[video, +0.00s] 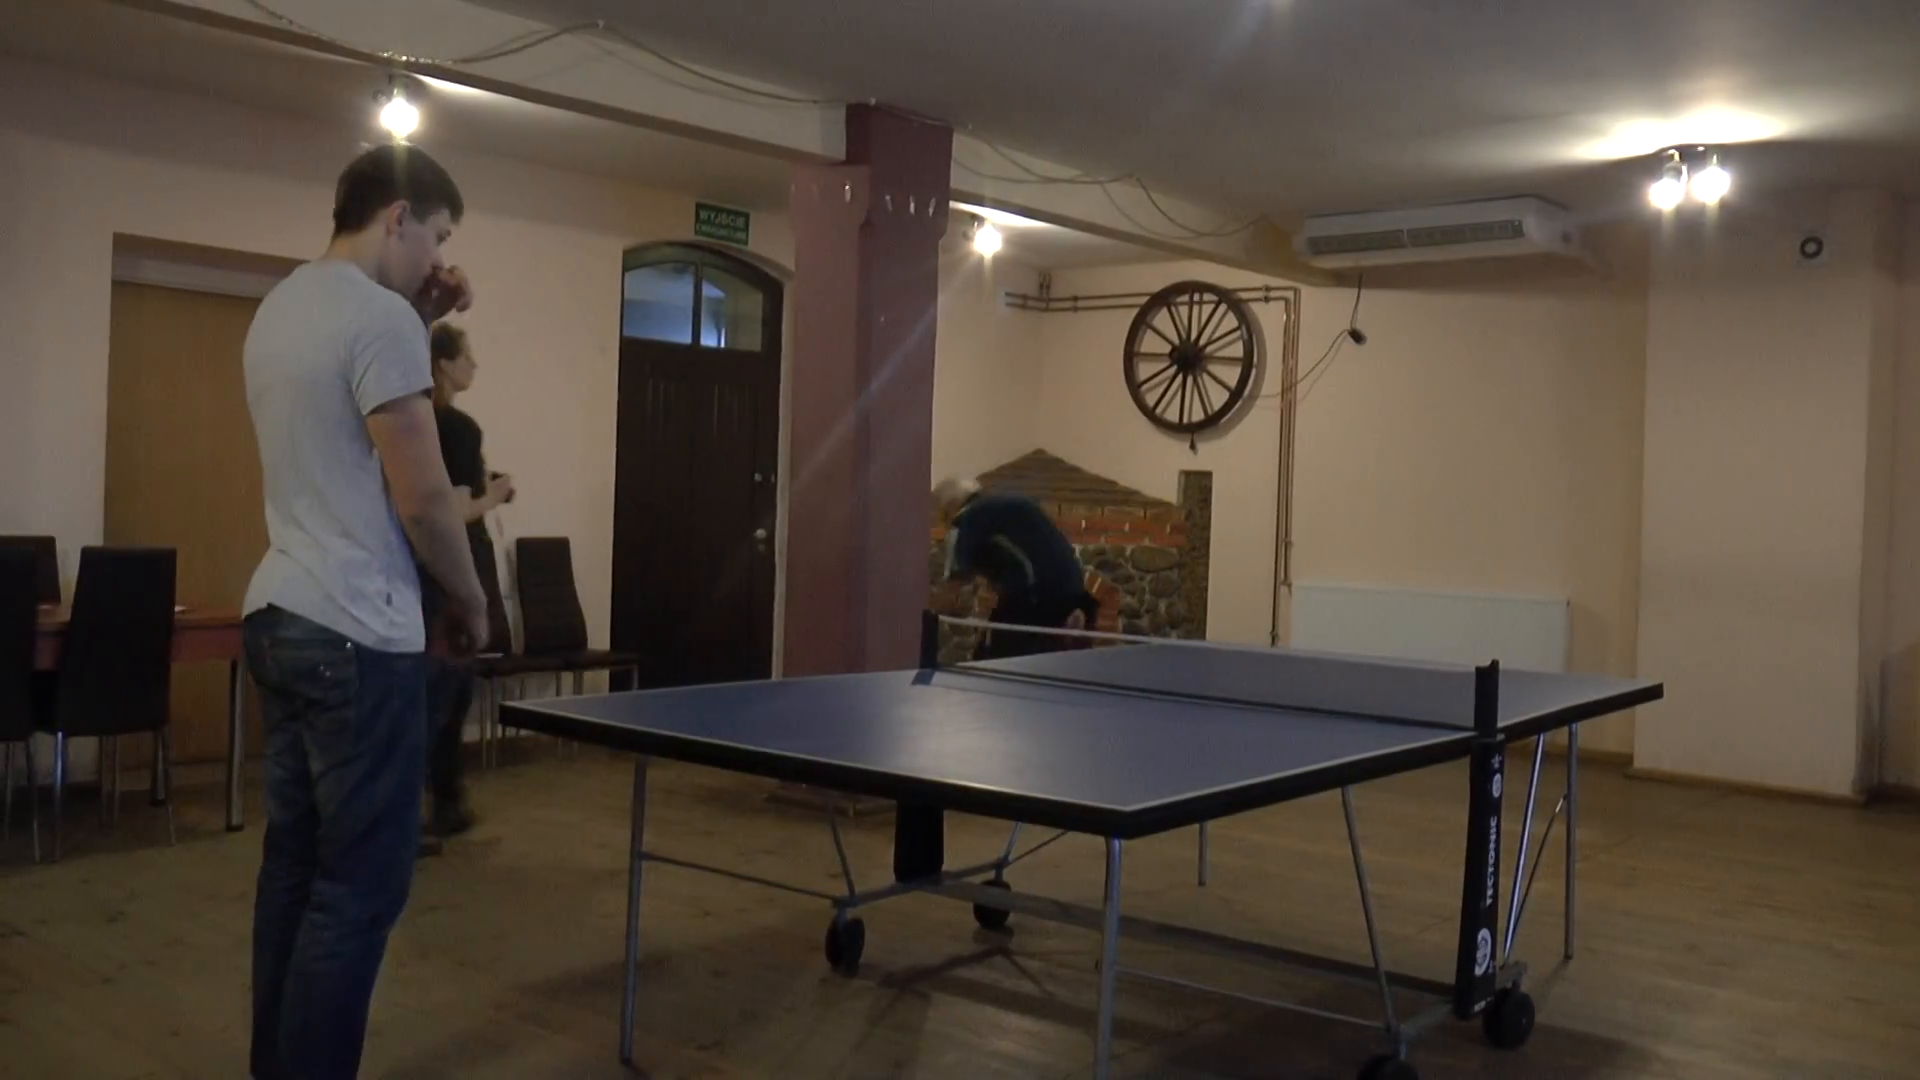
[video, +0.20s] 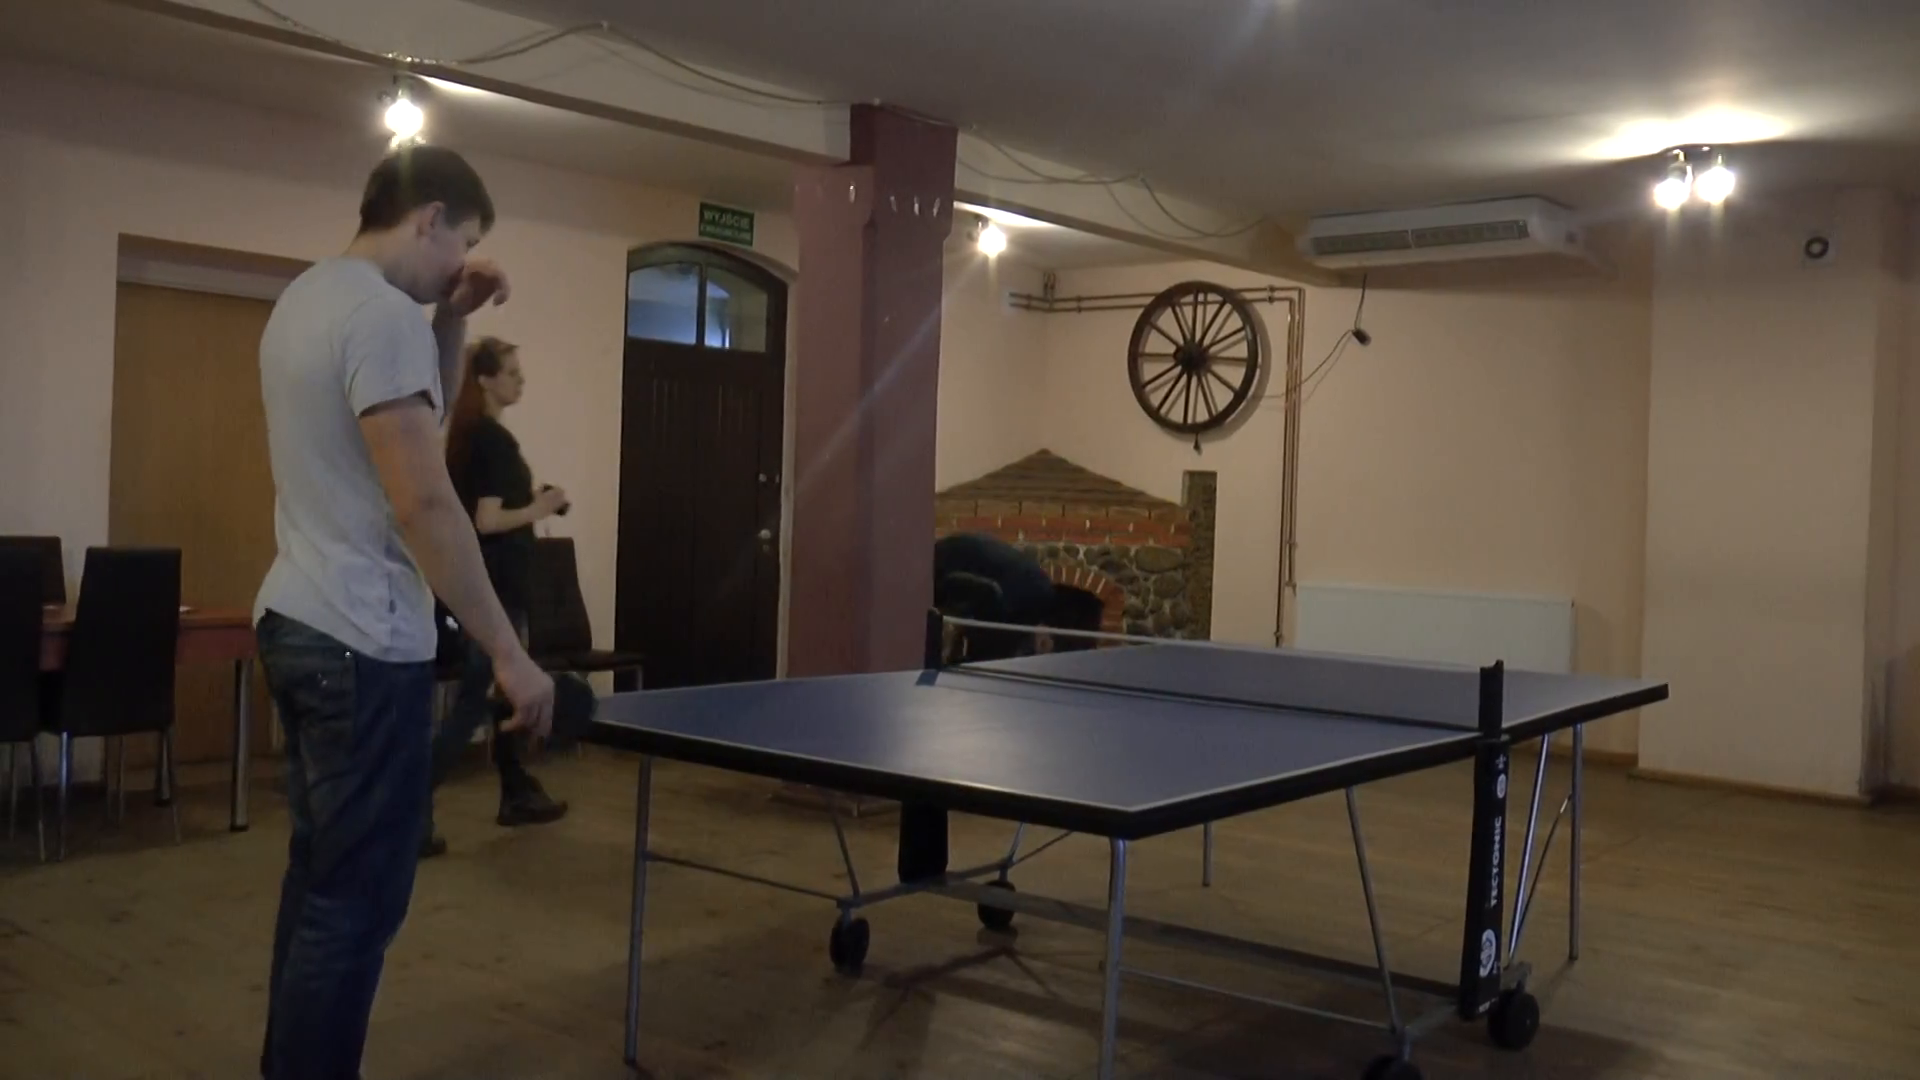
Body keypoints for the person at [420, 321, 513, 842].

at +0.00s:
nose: (474, 368)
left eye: (472, 359)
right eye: (467, 359)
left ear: (441, 365)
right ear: (442, 364)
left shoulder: (412, 416)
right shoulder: (457, 427)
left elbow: (447, 490)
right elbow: (448, 514)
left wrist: (482, 488)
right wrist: (492, 500)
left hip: (416, 569)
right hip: (451, 575)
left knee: (438, 687)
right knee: (450, 689)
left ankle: (440, 801)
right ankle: (445, 805)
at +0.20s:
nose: (520, 383)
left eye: (519, 375)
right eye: (513, 376)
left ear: (485, 381)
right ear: (486, 381)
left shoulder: (473, 429)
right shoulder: (489, 436)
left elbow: (485, 508)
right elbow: (487, 518)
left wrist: (533, 502)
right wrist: (538, 508)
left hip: (491, 582)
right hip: (492, 587)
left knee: (501, 690)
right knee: (479, 694)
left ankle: (517, 791)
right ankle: (414, 798)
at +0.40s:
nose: (563, 381)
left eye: (565, 373)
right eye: (555, 374)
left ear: (554, 379)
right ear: (528, 379)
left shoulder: (542, 431)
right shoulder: (529, 435)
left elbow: (535, 502)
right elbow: (519, 508)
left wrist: (580, 494)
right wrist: (582, 500)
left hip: (545, 575)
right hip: (533, 579)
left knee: (546, 673)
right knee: (552, 675)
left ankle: (529, 781)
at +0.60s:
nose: (609, 388)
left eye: (612, 380)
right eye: (599, 381)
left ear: (613, 387)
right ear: (574, 388)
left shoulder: (598, 437)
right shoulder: (568, 439)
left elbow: (587, 501)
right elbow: (555, 513)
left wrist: (625, 492)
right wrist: (617, 497)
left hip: (593, 572)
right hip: (579, 577)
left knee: (551, 676)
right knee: (629, 675)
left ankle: (529, 788)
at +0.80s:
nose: (647, 394)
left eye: (652, 386)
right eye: (637, 387)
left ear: (661, 392)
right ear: (617, 393)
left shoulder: (653, 446)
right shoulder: (613, 448)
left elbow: (651, 510)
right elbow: (599, 519)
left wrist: (677, 495)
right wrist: (655, 495)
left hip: (652, 568)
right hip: (629, 573)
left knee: (643, 685)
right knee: (661, 679)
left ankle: (567, 764)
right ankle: (658, 784)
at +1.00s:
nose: (681, 395)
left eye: (687, 387)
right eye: (671, 387)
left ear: (695, 394)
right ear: (652, 392)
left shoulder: (698, 445)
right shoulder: (640, 444)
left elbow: (726, 516)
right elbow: (636, 514)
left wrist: (717, 474)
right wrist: (679, 475)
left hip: (696, 578)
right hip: (657, 579)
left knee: (726, 677)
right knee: (669, 684)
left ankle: (684, 778)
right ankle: (663, 787)